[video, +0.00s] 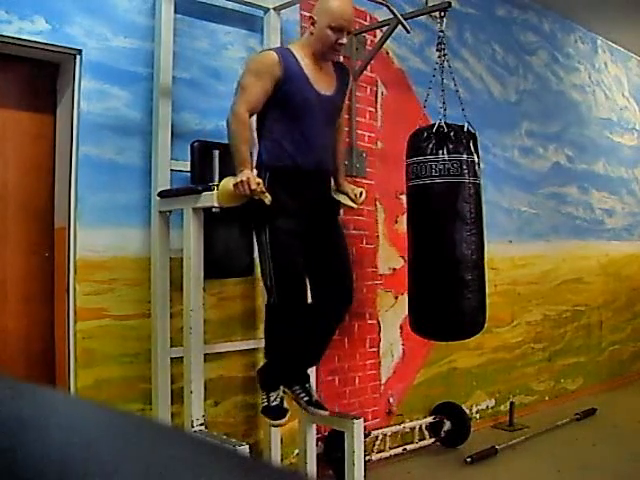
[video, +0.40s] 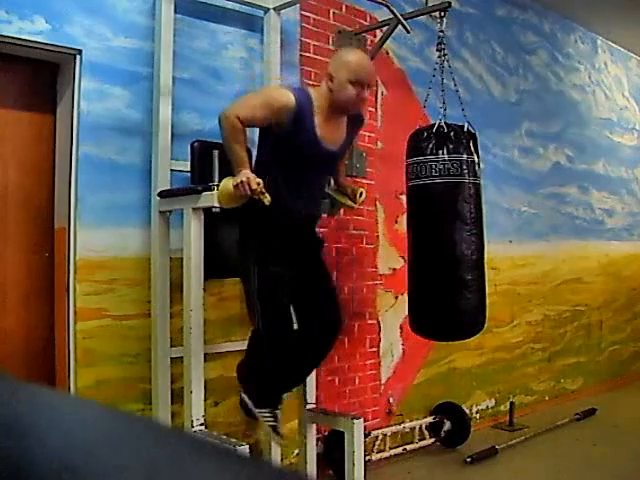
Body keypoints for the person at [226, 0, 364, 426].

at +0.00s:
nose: (341, 40)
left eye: (347, 33)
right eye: (335, 30)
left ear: (351, 33)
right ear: (310, 21)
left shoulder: (340, 75)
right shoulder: (273, 63)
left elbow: (335, 127)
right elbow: (240, 114)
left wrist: (338, 177)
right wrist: (245, 169)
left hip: (318, 194)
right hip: (278, 194)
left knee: (337, 294)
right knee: (286, 296)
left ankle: (295, 371)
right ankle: (272, 380)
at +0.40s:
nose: (363, 96)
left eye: (367, 88)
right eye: (356, 86)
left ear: (368, 87)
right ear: (330, 78)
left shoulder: (352, 117)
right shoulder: (288, 102)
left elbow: (336, 152)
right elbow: (231, 118)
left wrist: (342, 181)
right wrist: (242, 171)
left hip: (302, 233)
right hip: (262, 228)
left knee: (325, 322)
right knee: (276, 326)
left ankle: (266, 393)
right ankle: (255, 394)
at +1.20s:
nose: (360, 39)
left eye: (365, 32)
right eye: (353, 29)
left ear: (368, 34)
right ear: (328, 22)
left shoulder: (351, 72)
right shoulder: (286, 64)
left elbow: (338, 134)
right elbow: (243, 111)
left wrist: (342, 181)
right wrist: (244, 169)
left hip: (315, 201)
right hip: (275, 197)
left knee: (319, 294)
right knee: (259, 286)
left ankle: (243, 330)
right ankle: (241, 336)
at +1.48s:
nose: (362, 48)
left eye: (367, 40)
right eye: (356, 38)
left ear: (367, 42)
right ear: (330, 32)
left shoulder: (350, 80)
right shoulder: (282, 70)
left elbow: (334, 136)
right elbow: (240, 114)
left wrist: (341, 179)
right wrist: (243, 170)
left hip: (311, 206)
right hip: (271, 202)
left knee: (321, 297)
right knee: (260, 291)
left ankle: (244, 332)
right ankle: (245, 341)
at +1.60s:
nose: (365, 85)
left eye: (369, 76)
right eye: (359, 74)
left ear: (371, 74)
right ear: (334, 66)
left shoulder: (352, 111)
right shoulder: (289, 95)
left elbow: (336, 148)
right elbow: (233, 117)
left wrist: (341, 180)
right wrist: (243, 169)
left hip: (304, 230)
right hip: (264, 222)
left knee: (321, 318)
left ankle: (251, 373)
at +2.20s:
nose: (364, 70)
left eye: (369, 61)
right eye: (357, 59)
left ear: (370, 62)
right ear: (333, 54)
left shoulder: (355, 101)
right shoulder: (291, 91)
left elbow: (319, 152)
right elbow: (234, 115)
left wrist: (339, 184)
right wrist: (243, 170)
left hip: (306, 224)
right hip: (267, 221)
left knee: (326, 316)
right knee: (265, 323)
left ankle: (251, 361)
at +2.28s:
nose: (364, 47)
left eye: (368, 39)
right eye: (357, 37)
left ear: (368, 42)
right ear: (331, 33)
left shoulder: (353, 80)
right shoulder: (289, 71)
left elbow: (337, 135)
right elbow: (238, 112)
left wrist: (341, 179)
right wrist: (243, 169)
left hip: (309, 208)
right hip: (269, 204)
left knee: (323, 301)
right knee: (262, 299)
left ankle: (247, 346)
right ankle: (248, 355)